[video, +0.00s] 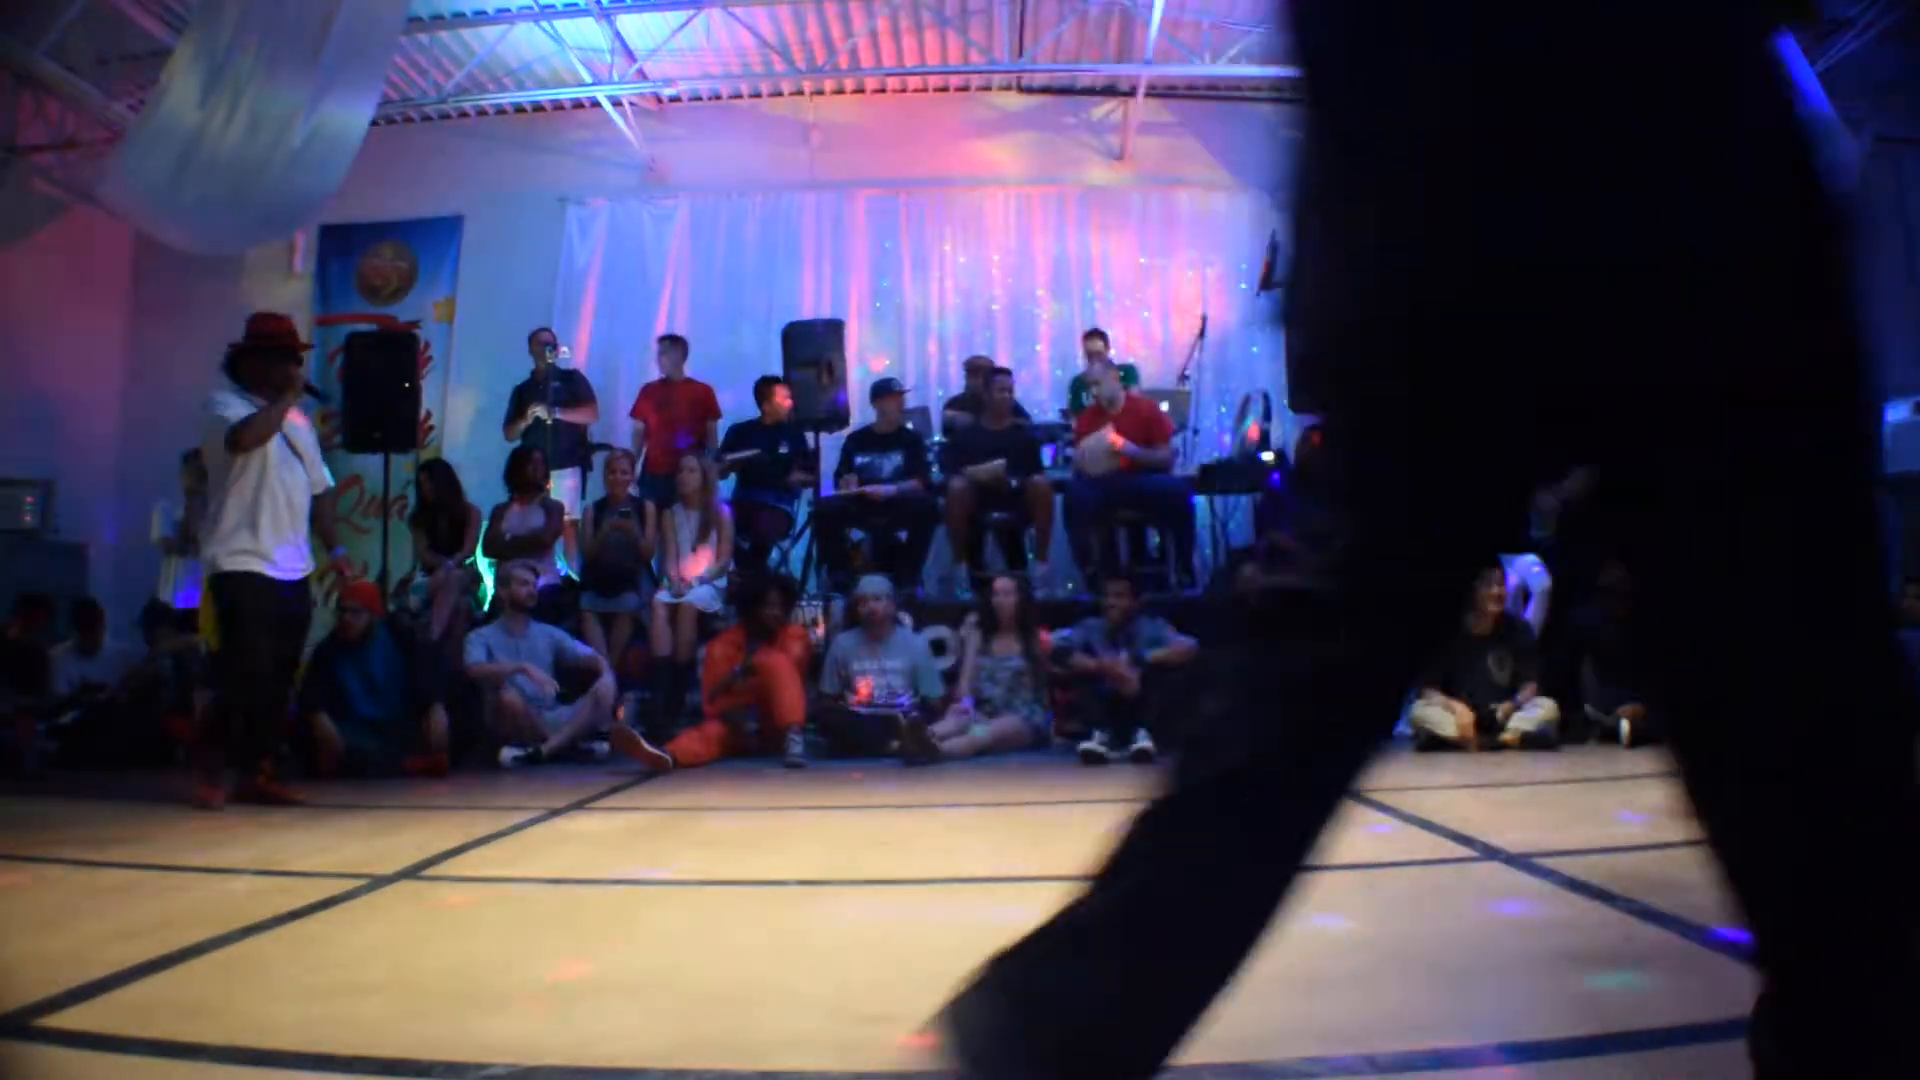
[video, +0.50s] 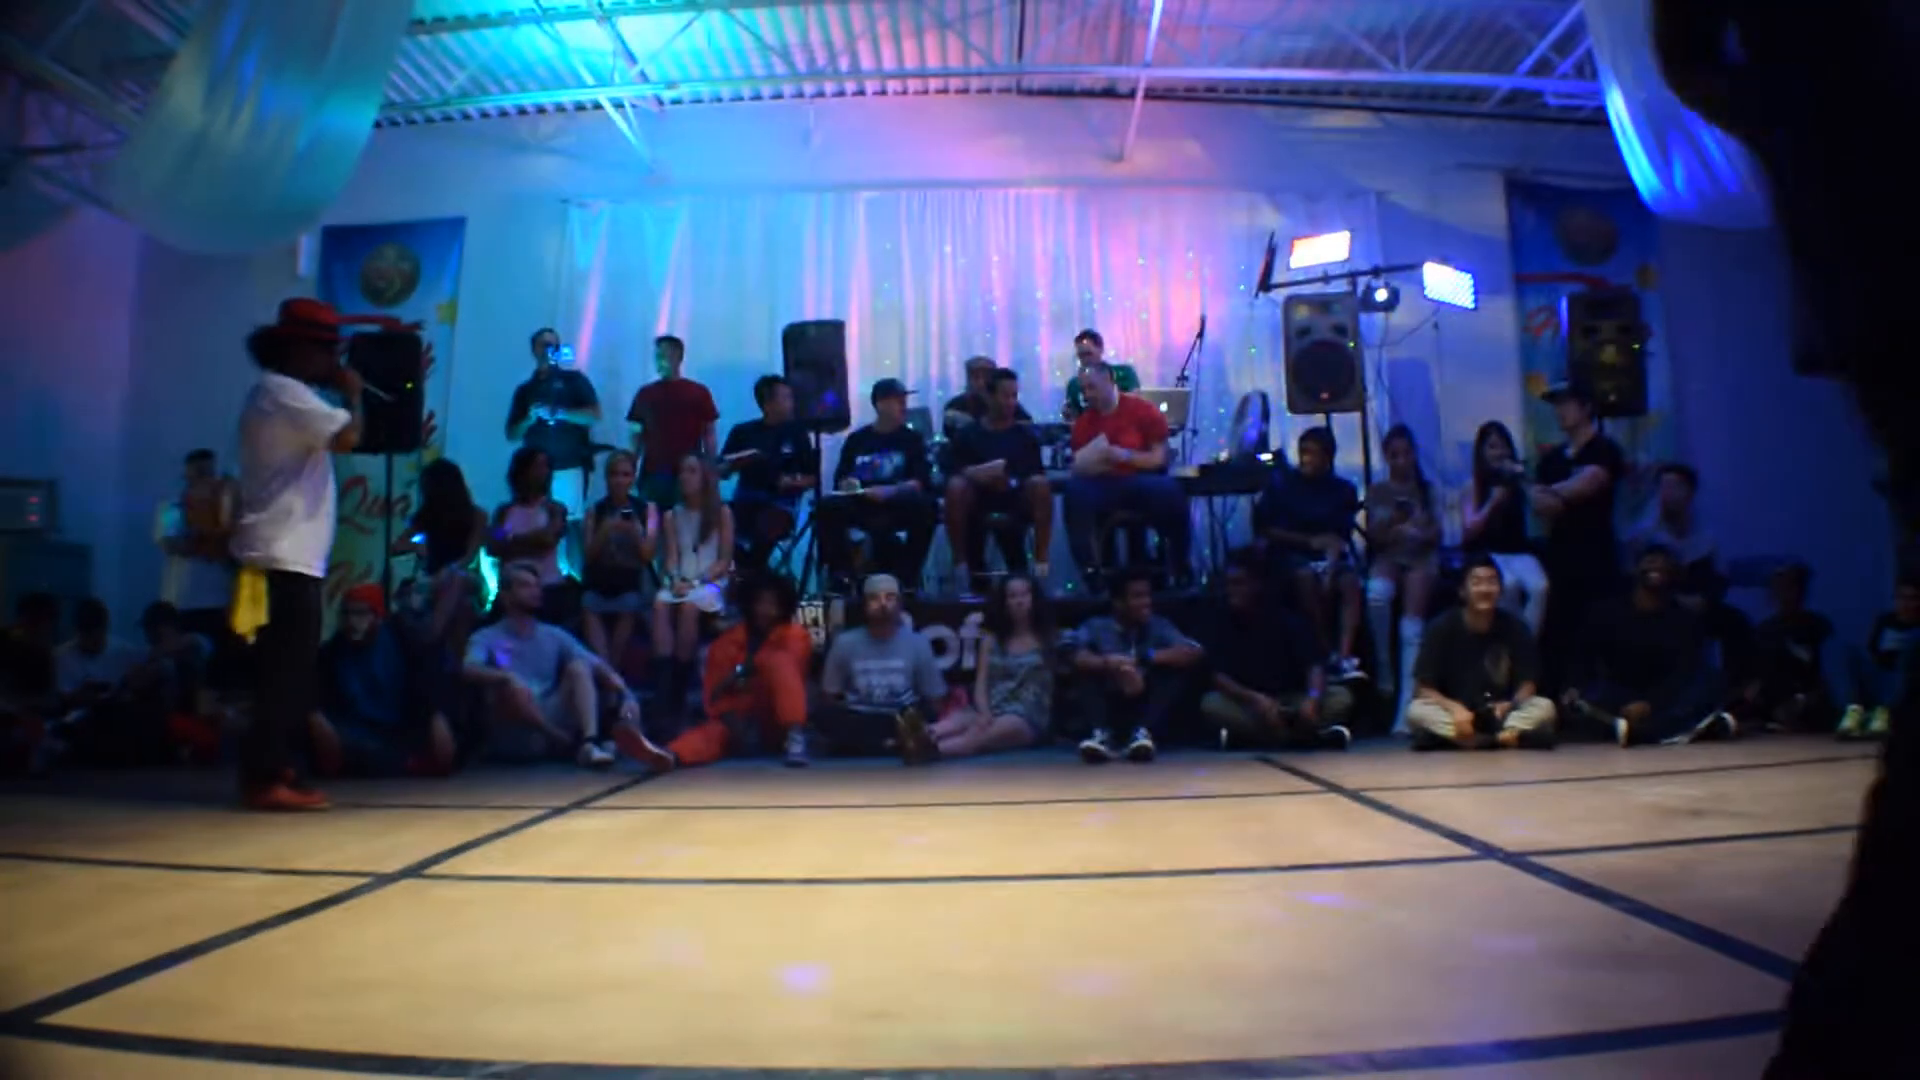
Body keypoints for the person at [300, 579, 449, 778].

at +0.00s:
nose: (347, 619)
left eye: (355, 613)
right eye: (343, 612)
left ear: (373, 615)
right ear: (337, 612)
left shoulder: (400, 641)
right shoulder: (328, 650)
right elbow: (311, 696)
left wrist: (435, 709)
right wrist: (321, 720)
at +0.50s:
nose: (353, 622)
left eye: (361, 614)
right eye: (348, 614)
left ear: (377, 617)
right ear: (341, 616)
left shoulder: (400, 647)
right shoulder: (331, 652)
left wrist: (437, 718)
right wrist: (318, 718)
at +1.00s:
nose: (362, 615)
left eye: (370, 608)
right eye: (356, 608)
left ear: (385, 612)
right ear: (349, 611)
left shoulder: (403, 644)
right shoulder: (340, 647)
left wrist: (444, 734)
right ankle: (403, 764)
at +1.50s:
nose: (367, 614)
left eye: (374, 606)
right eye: (360, 607)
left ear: (386, 610)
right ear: (350, 612)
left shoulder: (402, 641)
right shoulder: (339, 645)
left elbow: (425, 684)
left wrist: (441, 727)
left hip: (402, 719)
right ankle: (404, 764)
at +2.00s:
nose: (381, 619)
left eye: (384, 611)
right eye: (372, 612)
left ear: (391, 613)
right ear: (355, 616)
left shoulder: (404, 646)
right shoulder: (334, 652)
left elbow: (426, 690)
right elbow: (315, 700)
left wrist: (441, 728)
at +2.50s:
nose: (387, 619)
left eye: (389, 612)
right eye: (378, 613)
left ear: (395, 612)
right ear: (358, 616)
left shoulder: (406, 644)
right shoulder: (336, 649)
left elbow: (428, 689)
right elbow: (322, 698)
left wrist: (441, 729)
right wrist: (324, 731)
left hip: (404, 720)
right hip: (356, 723)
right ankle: (403, 764)